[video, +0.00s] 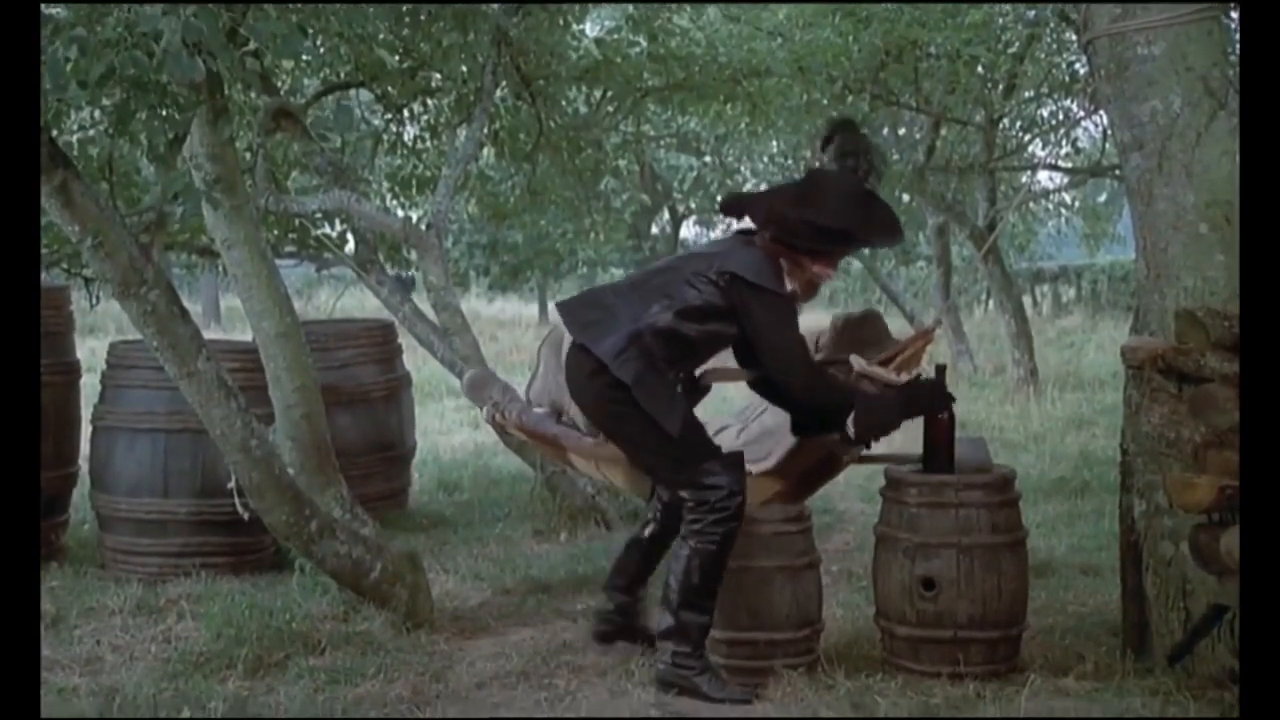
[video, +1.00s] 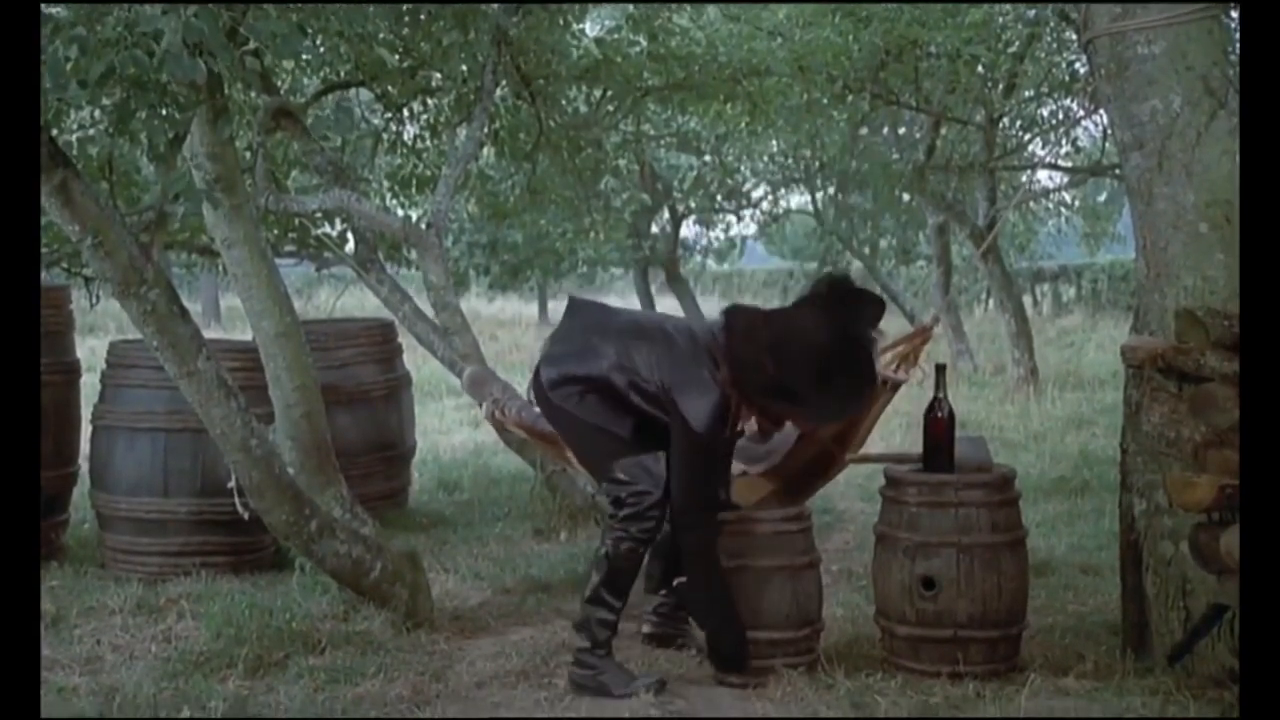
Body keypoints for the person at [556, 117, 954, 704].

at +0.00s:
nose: (830, 276)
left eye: (834, 264)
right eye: (828, 262)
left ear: (777, 236)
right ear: (796, 251)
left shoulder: (738, 258)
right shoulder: (756, 276)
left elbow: (767, 374)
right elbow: (799, 380)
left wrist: (841, 408)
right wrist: (879, 402)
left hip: (595, 361)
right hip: (616, 372)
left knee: (689, 481)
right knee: (718, 487)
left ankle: (618, 608)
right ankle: (685, 658)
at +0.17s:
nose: (819, 271)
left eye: (823, 259)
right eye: (814, 257)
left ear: (772, 242)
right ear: (782, 249)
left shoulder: (730, 262)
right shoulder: (731, 274)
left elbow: (746, 372)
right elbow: (752, 379)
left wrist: (791, 421)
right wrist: (845, 428)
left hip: (595, 353)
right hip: (597, 360)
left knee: (684, 475)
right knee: (689, 483)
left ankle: (640, 618)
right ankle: (682, 662)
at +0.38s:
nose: (805, 271)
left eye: (810, 258)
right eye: (799, 257)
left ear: (774, 251)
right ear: (762, 246)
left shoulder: (746, 280)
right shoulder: (709, 279)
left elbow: (717, 376)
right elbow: (722, 402)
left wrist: (720, 434)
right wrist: (786, 492)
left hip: (631, 359)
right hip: (584, 352)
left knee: (687, 480)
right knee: (653, 484)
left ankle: (641, 620)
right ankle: (611, 650)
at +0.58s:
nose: (807, 334)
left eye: (817, 322)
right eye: (808, 317)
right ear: (778, 303)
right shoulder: (703, 333)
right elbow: (702, 465)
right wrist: (728, 567)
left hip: (634, 371)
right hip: (571, 361)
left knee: (681, 489)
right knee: (630, 494)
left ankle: (663, 619)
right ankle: (603, 651)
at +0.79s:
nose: (799, 398)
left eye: (804, 387)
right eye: (796, 383)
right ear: (766, 361)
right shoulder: (702, 378)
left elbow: (705, 491)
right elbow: (694, 507)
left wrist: (734, 601)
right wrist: (725, 621)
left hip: (626, 376)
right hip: (568, 376)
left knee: (679, 491)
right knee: (634, 496)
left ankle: (664, 616)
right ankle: (603, 650)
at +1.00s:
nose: (784, 428)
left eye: (795, 421)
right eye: (788, 416)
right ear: (766, 391)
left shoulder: (732, 359)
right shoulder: (702, 401)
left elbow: (710, 504)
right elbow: (694, 532)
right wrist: (730, 656)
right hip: (567, 380)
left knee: (685, 487)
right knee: (640, 492)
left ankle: (668, 615)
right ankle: (590, 660)